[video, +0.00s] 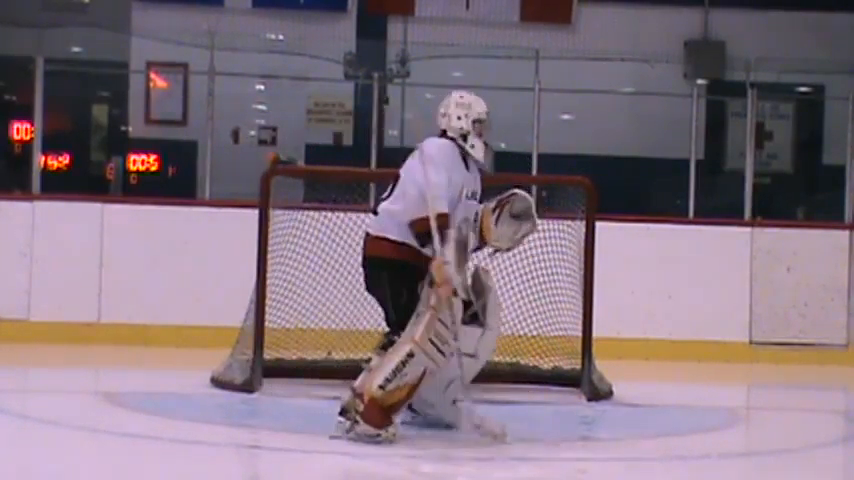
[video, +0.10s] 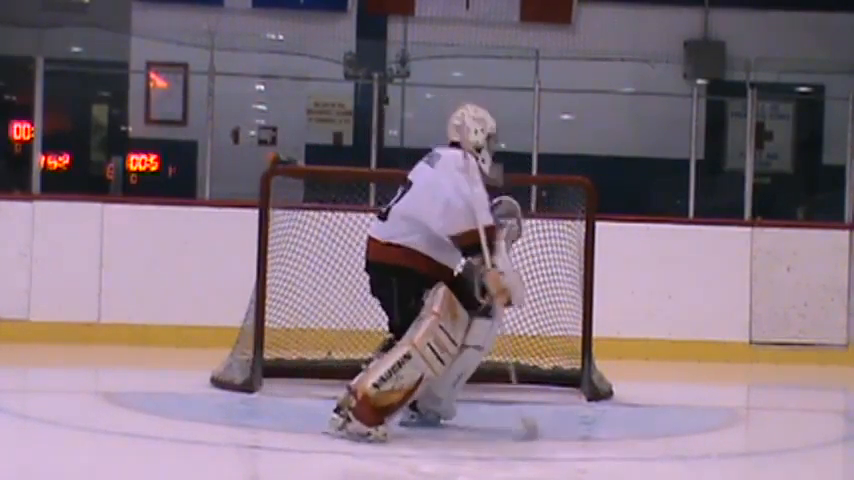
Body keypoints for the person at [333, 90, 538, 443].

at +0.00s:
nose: (483, 130)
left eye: (484, 123)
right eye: (478, 123)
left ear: (461, 124)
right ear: (461, 122)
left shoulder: (468, 166)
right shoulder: (438, 151)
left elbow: (462, 224)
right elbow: (434, 214)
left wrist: (492, 225)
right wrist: (444, 265)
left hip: (415, 253)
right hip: (389, 249)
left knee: (425, 328)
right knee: (408, 331)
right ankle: (364, 405)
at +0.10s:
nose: (492, 145)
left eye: (491, 138)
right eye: (491, 138)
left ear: (454, 134)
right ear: (482, 139)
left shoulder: (434, 158)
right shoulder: (464, 167)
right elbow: (473, 234)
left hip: (381, 250)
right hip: (409, 257)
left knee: (406, 333)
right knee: (418, 337)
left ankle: (356, 405)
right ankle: (360, 409)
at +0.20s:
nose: (500, 167)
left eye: (499, 160)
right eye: (498, 160)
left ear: (460, 155)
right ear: (491, 159)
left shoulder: (441, 175)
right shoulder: (487, 188)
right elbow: (510, 245)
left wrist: (473, 272)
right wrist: (528, 284)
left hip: (386, 261)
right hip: (424, 270)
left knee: (409, 341)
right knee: (421, 345)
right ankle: (358, 409)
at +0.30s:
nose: (514, 177)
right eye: (512, 173)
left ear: (470, 170)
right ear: (507, 174)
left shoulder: (454, 189)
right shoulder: (510, 201)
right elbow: (534, 256)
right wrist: (552, 292)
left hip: (405, 262)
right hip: (450, 276)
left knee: (407, 342)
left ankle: (359, 400)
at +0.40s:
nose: (522, 180)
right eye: (522, 175)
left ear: (485, 173)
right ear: (521, 176)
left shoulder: (468, 194)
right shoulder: (525, 200)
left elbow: (437, 227)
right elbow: (549, 254)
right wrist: (572, 293)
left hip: (426, 257)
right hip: (469, 271)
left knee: (422, 331)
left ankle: (382, 375)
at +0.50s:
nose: (541, 176)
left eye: (512, 167)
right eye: (540, 171)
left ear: (505, 171)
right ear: (539, 174)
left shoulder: (490, 189)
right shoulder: (543, 195)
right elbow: (561, 248)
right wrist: (572, 290)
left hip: (444, 257)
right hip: (487, 268)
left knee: (453, 333)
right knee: (476, 337)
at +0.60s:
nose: (565, 177)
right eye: (563, 171)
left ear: (523, 168)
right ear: (559, 171)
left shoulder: (509, 185)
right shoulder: (556, 191)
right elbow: (571, 250)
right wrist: (587, 286)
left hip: (462, 258)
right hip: (499, 266)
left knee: (486, 333)